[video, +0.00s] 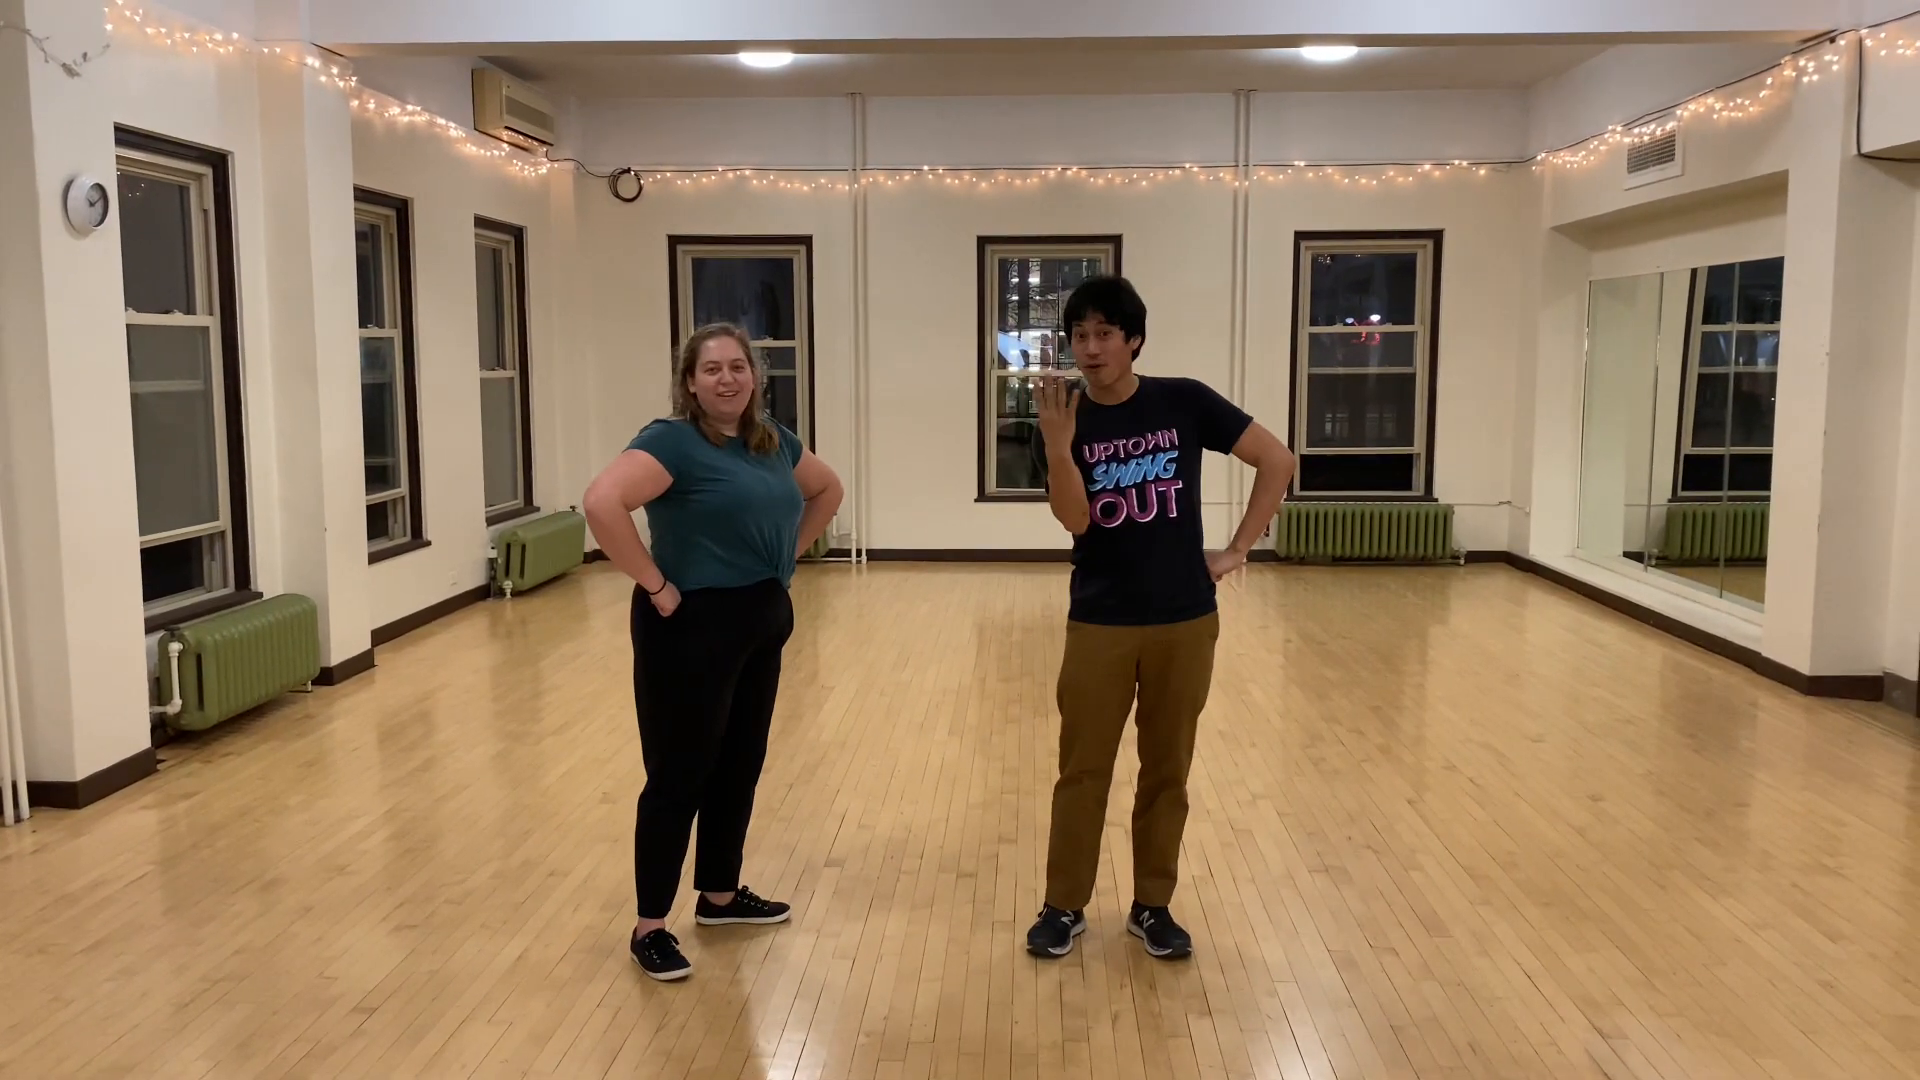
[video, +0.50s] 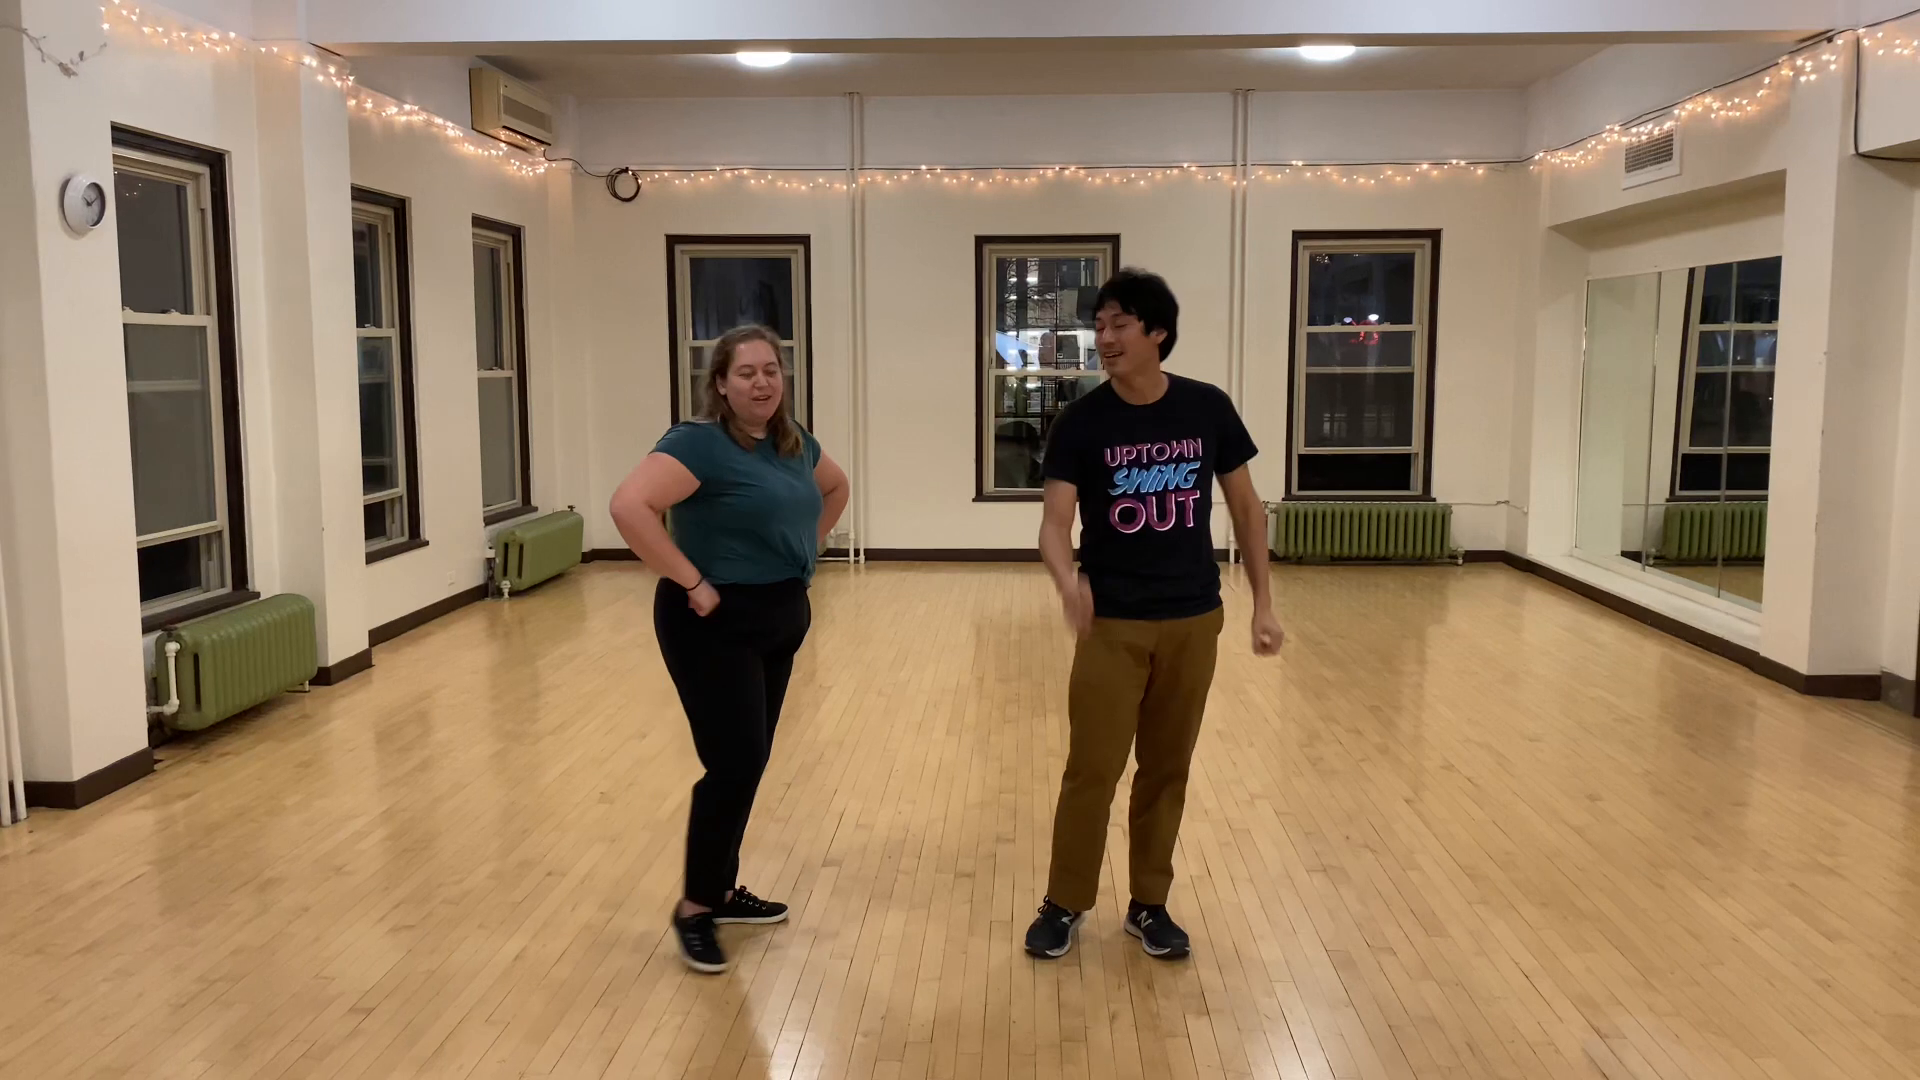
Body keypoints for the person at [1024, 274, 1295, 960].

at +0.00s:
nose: (1091, 346)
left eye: (1105, 333)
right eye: (1081, 334)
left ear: (1135, 340)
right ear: (1071, 344)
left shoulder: (1185, 401)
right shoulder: (1068, 422)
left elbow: (1277, 462)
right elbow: (1074, 520)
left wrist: (1236, 550)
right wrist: (1058, 443)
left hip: (1183, 617)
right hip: (1099, 621)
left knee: (1167, 774)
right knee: (1082, 771)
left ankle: (1152, 907)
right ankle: (1063, 906)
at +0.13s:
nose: (1094, 347)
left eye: (1107, 334)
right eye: (1082, 335)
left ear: (1134, 340)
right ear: (1072, 346)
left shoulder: (1183, 401)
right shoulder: (1071, 428)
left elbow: (1276, 460)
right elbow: (1080, 531)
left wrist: (1242, 550)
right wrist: (1066, 460)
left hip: (1194, 618)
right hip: (1113, 627)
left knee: (1172, 774)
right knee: (1091, 773)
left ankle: (1151, 906)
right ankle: (1063, 905)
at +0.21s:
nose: (1096, 348)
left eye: (1109, 334)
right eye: (1084, 336)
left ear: (1137, 340)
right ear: (1073, 347)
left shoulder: (1186, 401)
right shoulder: (1071, 429)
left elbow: (1273, 459)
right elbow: (1084, 537)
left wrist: (1244, 548)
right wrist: (1067, 472)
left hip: (1199, 617)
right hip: (1119, 627)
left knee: (1172, 773)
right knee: (1094, 774)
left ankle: (1151, 906)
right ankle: (1062, 905)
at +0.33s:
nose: (1102, 345)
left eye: (1116, 331)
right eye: (1090, 334)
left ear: (1144, 337)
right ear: (1081, 345)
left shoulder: (1191, 401)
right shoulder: (1074, 431)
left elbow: (1270, 465)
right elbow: (1083, 546)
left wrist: (1248, 557)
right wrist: (1069, 489)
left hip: (1199, 617)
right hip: (1120, 626)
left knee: (1172, 772)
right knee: (1096, 772)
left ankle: (1149, 905)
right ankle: (1062, 904)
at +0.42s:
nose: (1108, 340)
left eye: (1121, 326)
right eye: (1096, 329)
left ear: (1151, 333)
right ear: (1087, 342)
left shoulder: (1198, 402)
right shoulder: (1074, 428)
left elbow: (1260, 480)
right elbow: (1066, 547)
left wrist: (1259, 571)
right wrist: (1070, 519)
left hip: (1197, 620)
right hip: (1117, 626)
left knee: (1170, 771)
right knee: (1096, 771)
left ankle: (1149, 905)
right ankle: (1062, 904)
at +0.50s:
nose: (1107, 337)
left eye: (1120, 324)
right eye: (1100, 327)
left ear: (1160, 332)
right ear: (1095, 336)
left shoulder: (1207, 408)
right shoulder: (1079, 423)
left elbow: (1246, 507)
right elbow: (1055, 527)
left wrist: (1263, 602)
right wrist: (1068, 581)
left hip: (1191, 624)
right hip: (1109, 626)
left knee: (1166, 773)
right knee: (1090, 772)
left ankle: (1149, 905)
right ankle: (1064, 903)